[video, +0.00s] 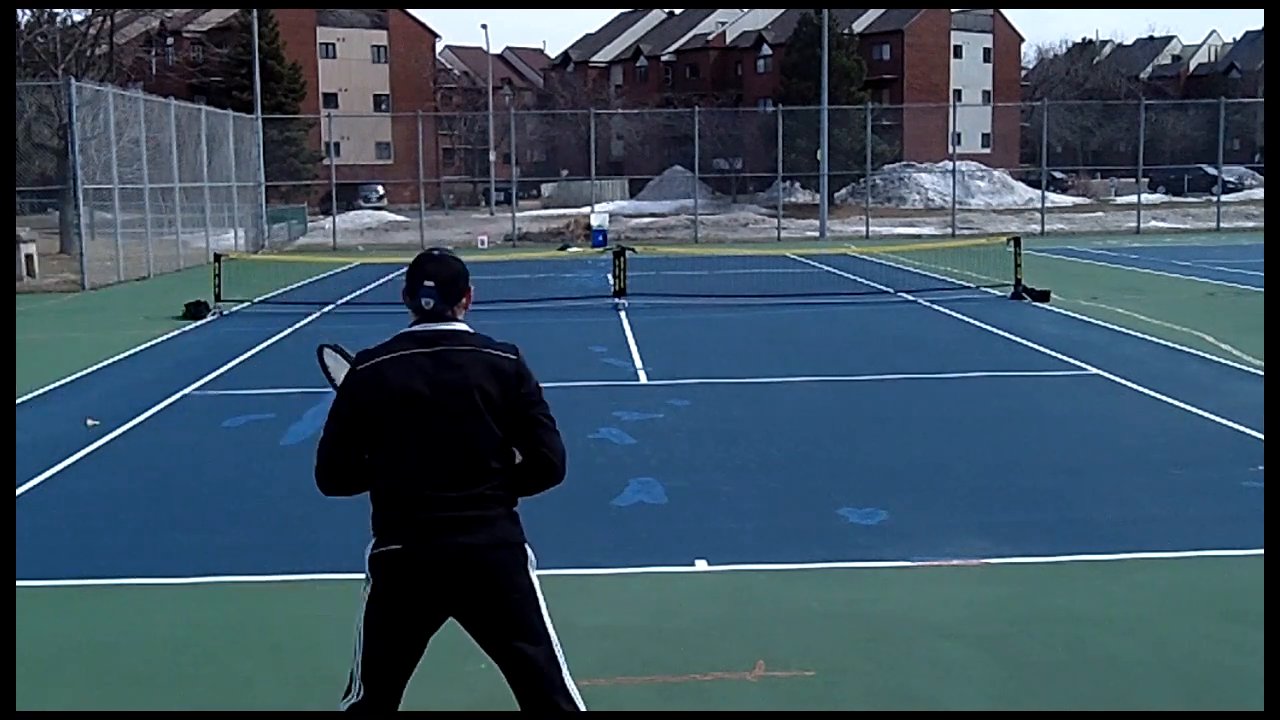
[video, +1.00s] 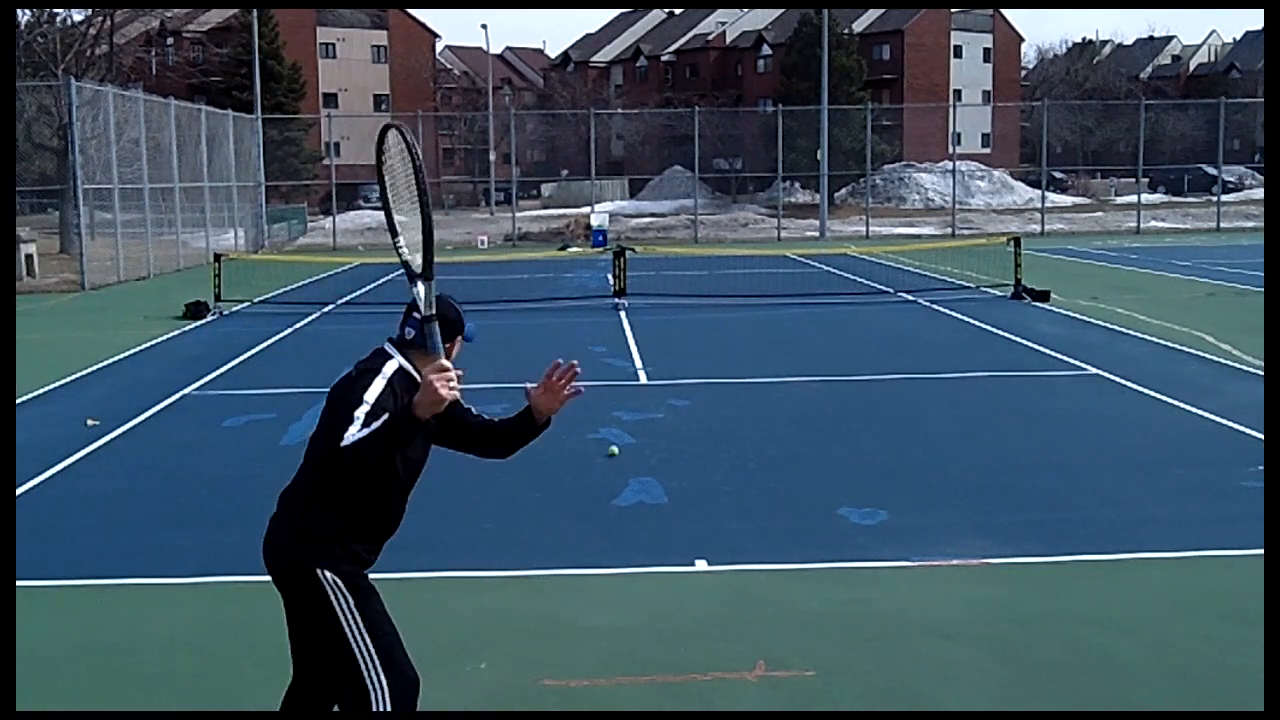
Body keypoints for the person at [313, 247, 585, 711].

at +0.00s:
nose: (470, 298)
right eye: (470, 292)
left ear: (406, 300)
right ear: (467, 299)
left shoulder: (369, 369)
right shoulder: (504, 363)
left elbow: (332, 477)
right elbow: (548, 464)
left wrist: (394, 462)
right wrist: (490, 484)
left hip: (404, 567)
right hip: (494, 563)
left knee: (371, 697)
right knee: (549, 692)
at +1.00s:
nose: (457, 355)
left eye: (458, 345)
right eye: (457, 344)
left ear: (412, 335)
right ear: (447, 344)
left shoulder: (419, 390)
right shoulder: (378, 379)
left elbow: (492, 441)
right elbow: (342, 454)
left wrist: (536, 414)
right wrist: (413, 413)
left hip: (334, 553)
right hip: (313, 553)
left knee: (316, 687)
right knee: (391, 686)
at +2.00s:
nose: (337, 283)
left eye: (341, 279)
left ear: (343, 285)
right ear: (388, 281)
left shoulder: (329, 341)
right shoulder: (406, 311)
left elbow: (245, 400)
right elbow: (345, 288)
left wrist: (243, 320)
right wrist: (281, 257)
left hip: (346, 509)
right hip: (410, 498)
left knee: (309, 657)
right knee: (416, 632)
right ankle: (441, 713)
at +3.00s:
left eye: (526, 298)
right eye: (591, 301)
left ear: (527, 306)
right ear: (589, 308)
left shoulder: (495, 376)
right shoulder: (623, 373)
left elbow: (458, 483)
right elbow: (666, 477)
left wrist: (515, 468)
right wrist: (611, 499)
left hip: (528, 566)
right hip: (615, 560)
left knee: (525, 697)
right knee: (661, 684)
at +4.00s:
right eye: (667, 360)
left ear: (584, 359)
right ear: (659, 369)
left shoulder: (546, 419)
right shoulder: (635, 446)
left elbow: (611, 535)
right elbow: (672, 596)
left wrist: (707, 496)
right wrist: (747, 553)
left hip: (477, 649)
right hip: (551, 667)